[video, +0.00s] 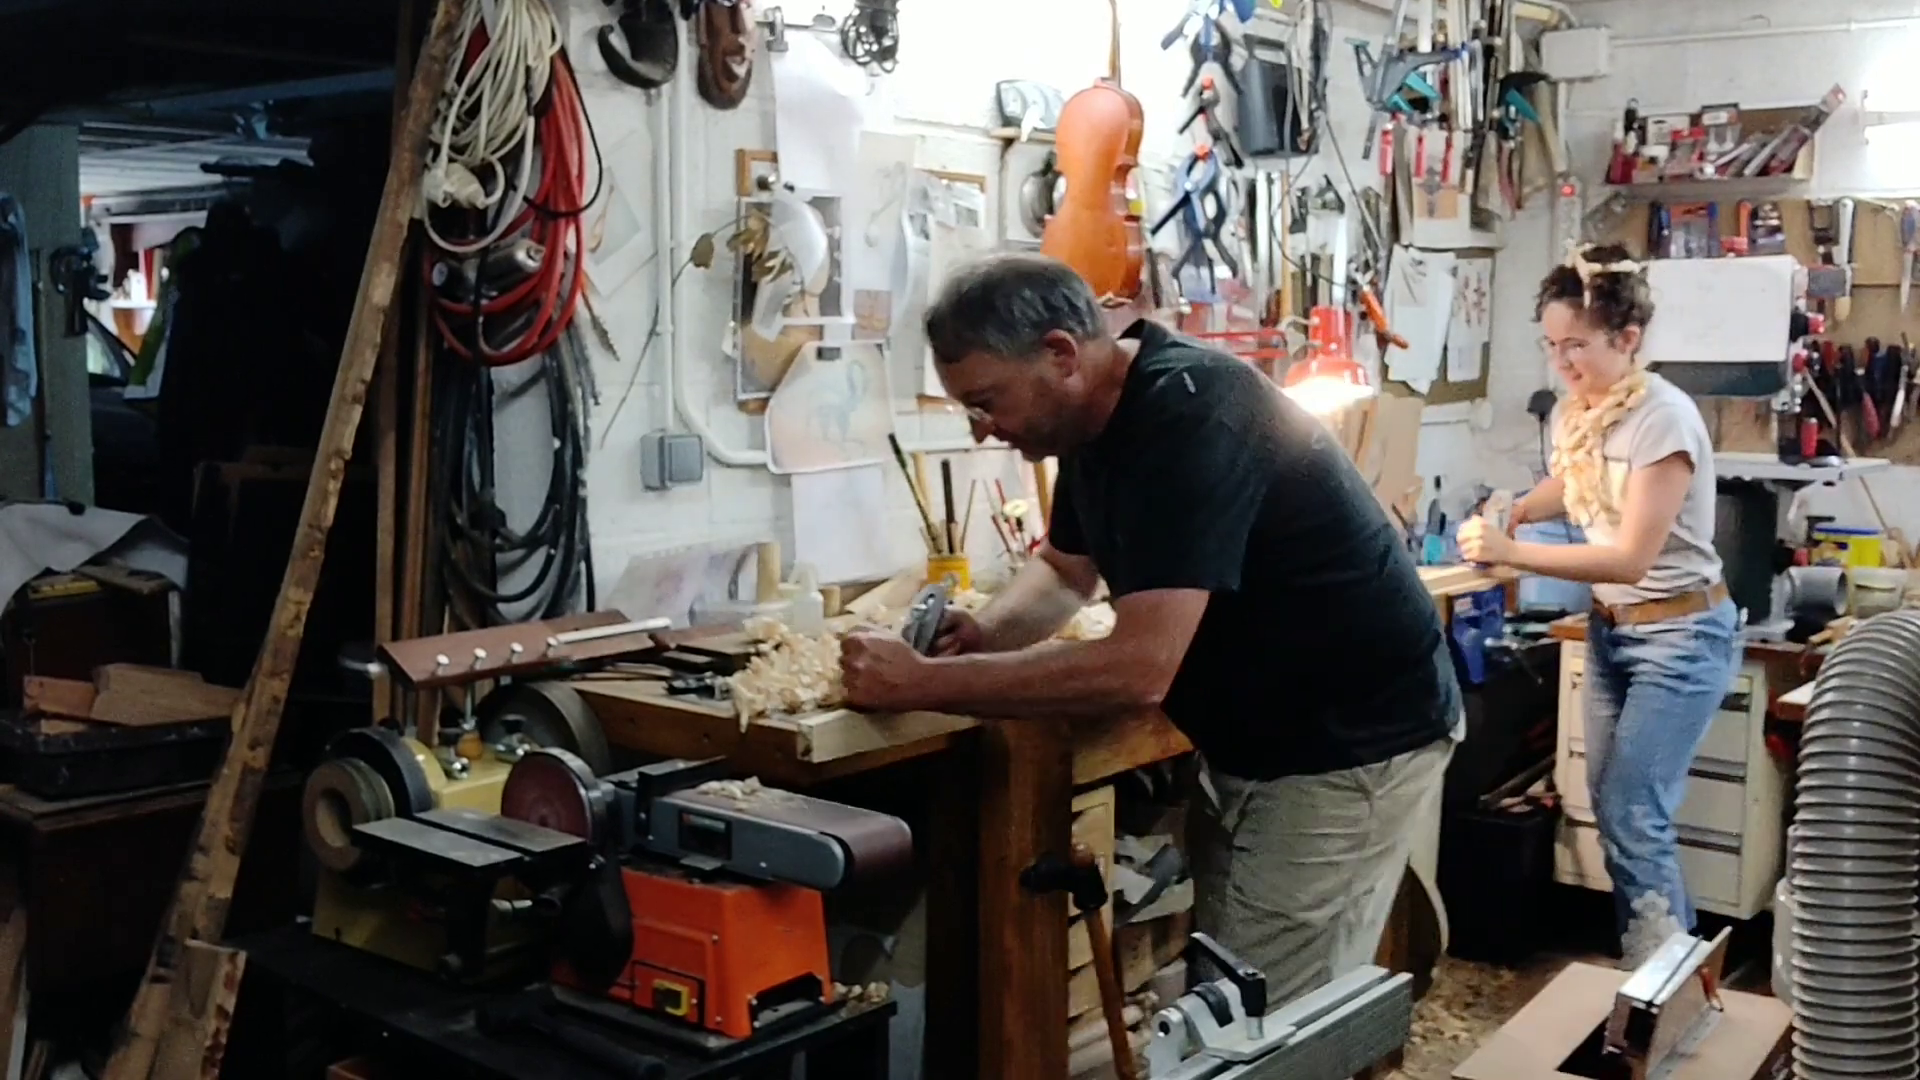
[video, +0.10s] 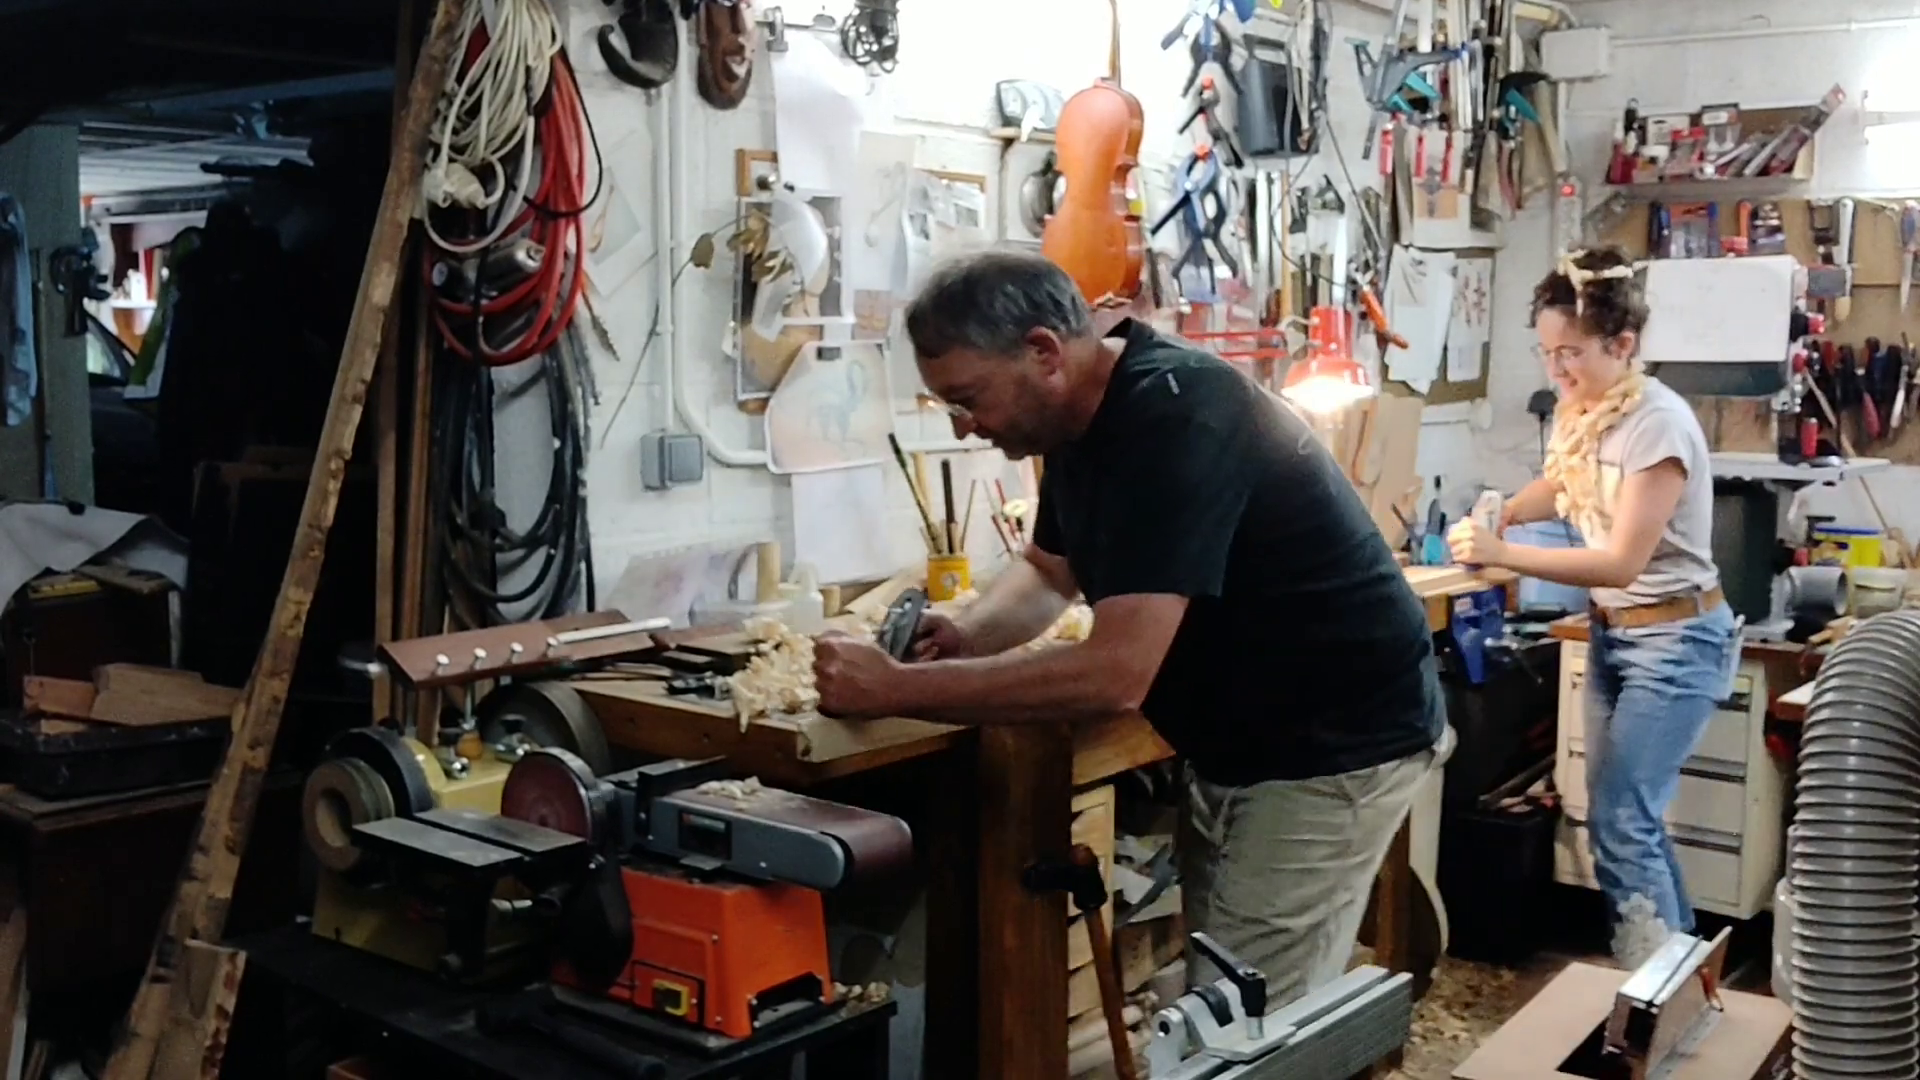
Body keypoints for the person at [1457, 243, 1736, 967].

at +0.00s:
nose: (1562, 362)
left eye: (1576, 344)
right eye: (1553, 347)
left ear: (1629, 337)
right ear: (1546, 343)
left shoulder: (1665, 419)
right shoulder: (1576, 412)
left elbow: (1628, 560)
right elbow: (1573, 486)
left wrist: (1513, 552)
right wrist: (1511, 512)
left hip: (1681, 638)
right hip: (1610, 634)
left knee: (1631, 810)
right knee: (1614, 807)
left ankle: (1662, 990)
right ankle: (1665, 973)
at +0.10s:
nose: (1556, 369)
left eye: (1570, 353)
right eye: (1547, 353)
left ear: (1623, 344)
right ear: (1539, 343)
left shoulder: (1660, 425)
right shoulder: (1579, 413)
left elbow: (1619, 565)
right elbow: (1565, 488)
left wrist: (1505, 554)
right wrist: (1504, 512)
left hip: (1677, 640)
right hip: (1616, 636)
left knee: (1618, 818)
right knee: (1631, 819)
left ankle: (1656, 992)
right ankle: (1680, 979)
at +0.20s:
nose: (1552, 373)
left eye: (1566, 357)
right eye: (1543, 356)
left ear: (1618, 346)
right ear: (1535, 342)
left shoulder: (1656, 426)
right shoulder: (1575, 413)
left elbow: (1612, 565)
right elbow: (1557, 488)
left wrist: (1496, 554)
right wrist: (1492, 513)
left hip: (1677, 645)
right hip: (1616, 640)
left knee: (1616, 830)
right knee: (1635, 824)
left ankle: (1649, 996)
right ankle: (1682, 972)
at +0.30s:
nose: (1545, 377)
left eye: (1559, 361)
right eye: (1536, 360)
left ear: (1611, 350)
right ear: (1528, 346)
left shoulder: (1650, 429)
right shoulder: (1568, 417)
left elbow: (1605, 567)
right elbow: (1538, 489)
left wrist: (1489, 557)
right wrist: (1479, 518)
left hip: (1678, 647)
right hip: (1615, 643)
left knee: (1618, 828)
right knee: (1632, 825)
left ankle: (1659, 1000)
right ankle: (1685, 976)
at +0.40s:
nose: (1537, 384)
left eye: (1550, 368)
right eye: (1528, 368)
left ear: (1603, 355)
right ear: (1521, 351)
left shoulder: (1646, 432)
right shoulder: (1561, 419)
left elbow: (1593, 569)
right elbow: (1516, 498)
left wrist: (1473, 559)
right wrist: (1464, 522)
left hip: (1680, 648)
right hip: (1612, 646)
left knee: (1618, 828)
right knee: (1629, 827)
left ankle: (1661, 995)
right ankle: (1689, 975)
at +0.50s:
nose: (1527, 389)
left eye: (1542, 374)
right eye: (1520, 372)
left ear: (1596, 361)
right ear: (1515, 354)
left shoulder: (1640, 436)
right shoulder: (1554, 423)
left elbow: (1581, 572)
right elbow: (1498, 504)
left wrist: (1456, 563)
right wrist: (1439, 534)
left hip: (1679, 651)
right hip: (1610, 651)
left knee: (1619, 833)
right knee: (1628, 830)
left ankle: (1659, 1001)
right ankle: (1687, 978)